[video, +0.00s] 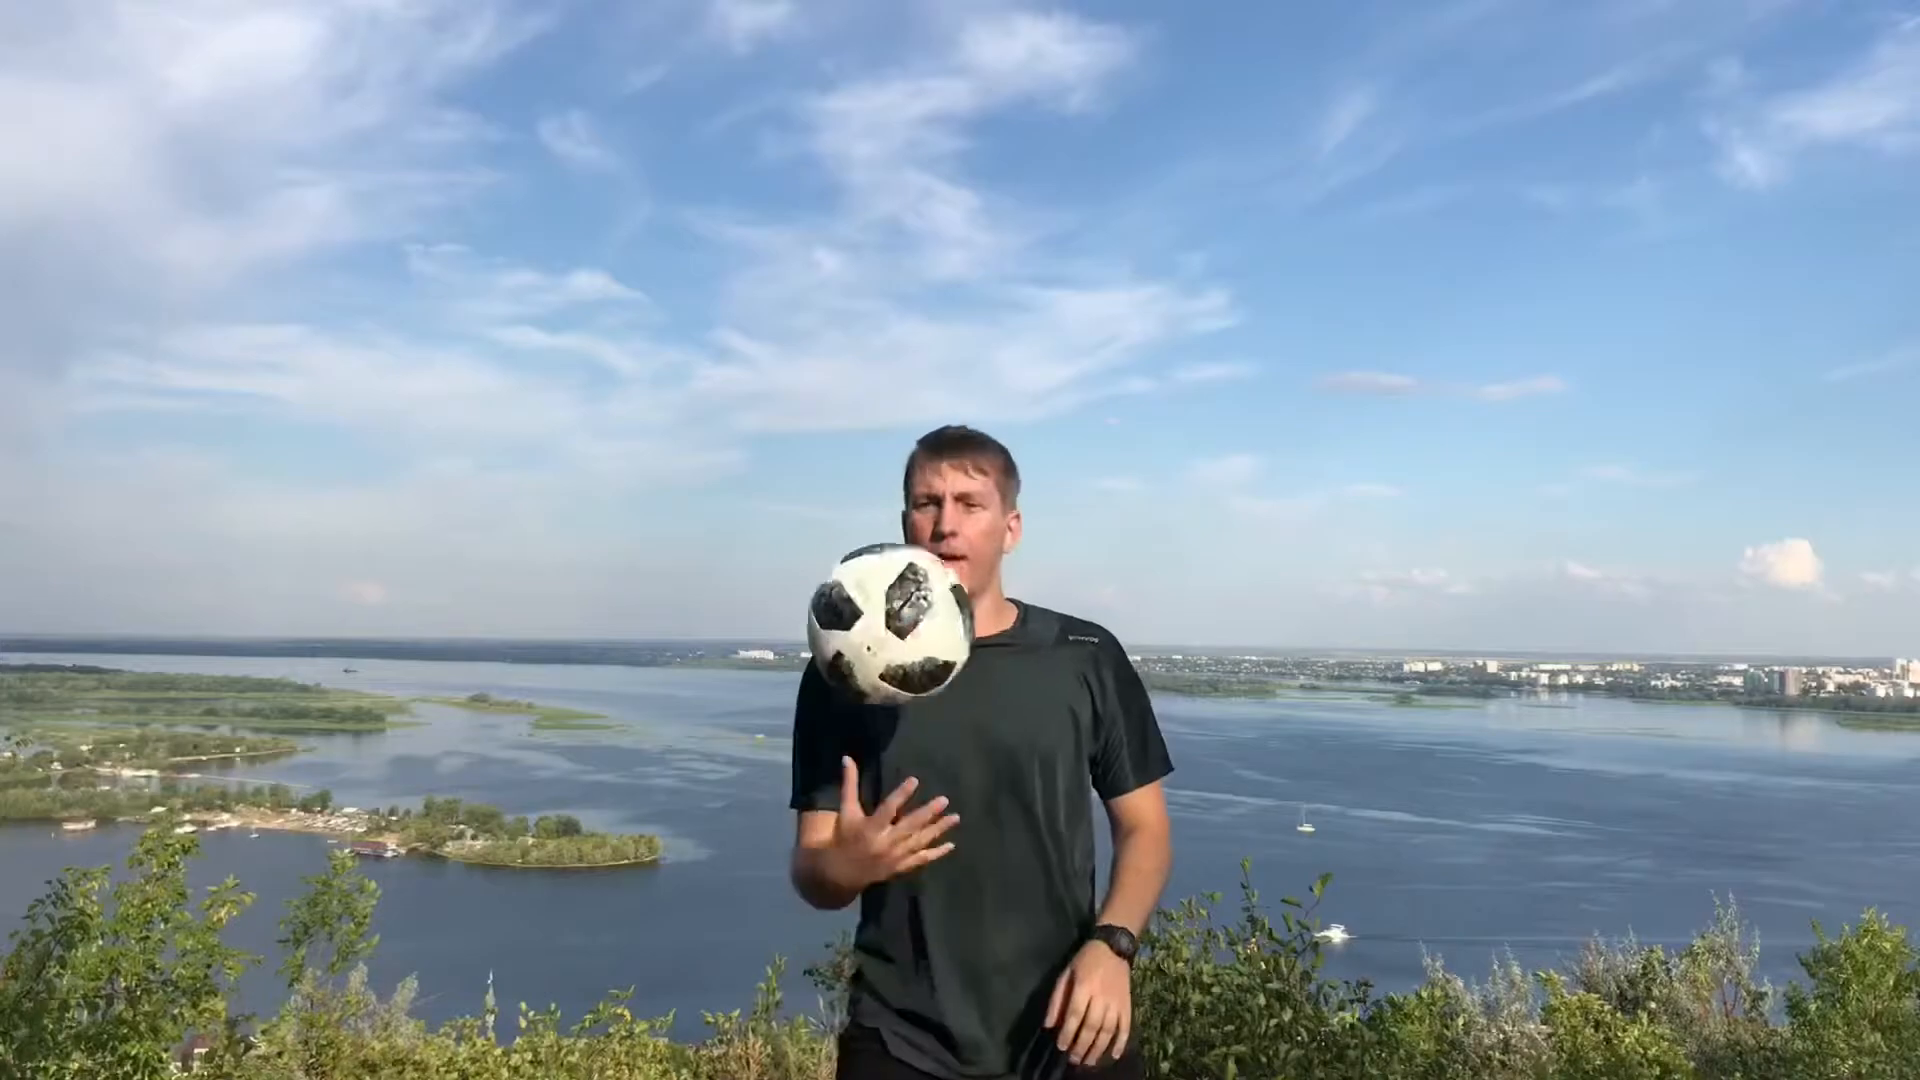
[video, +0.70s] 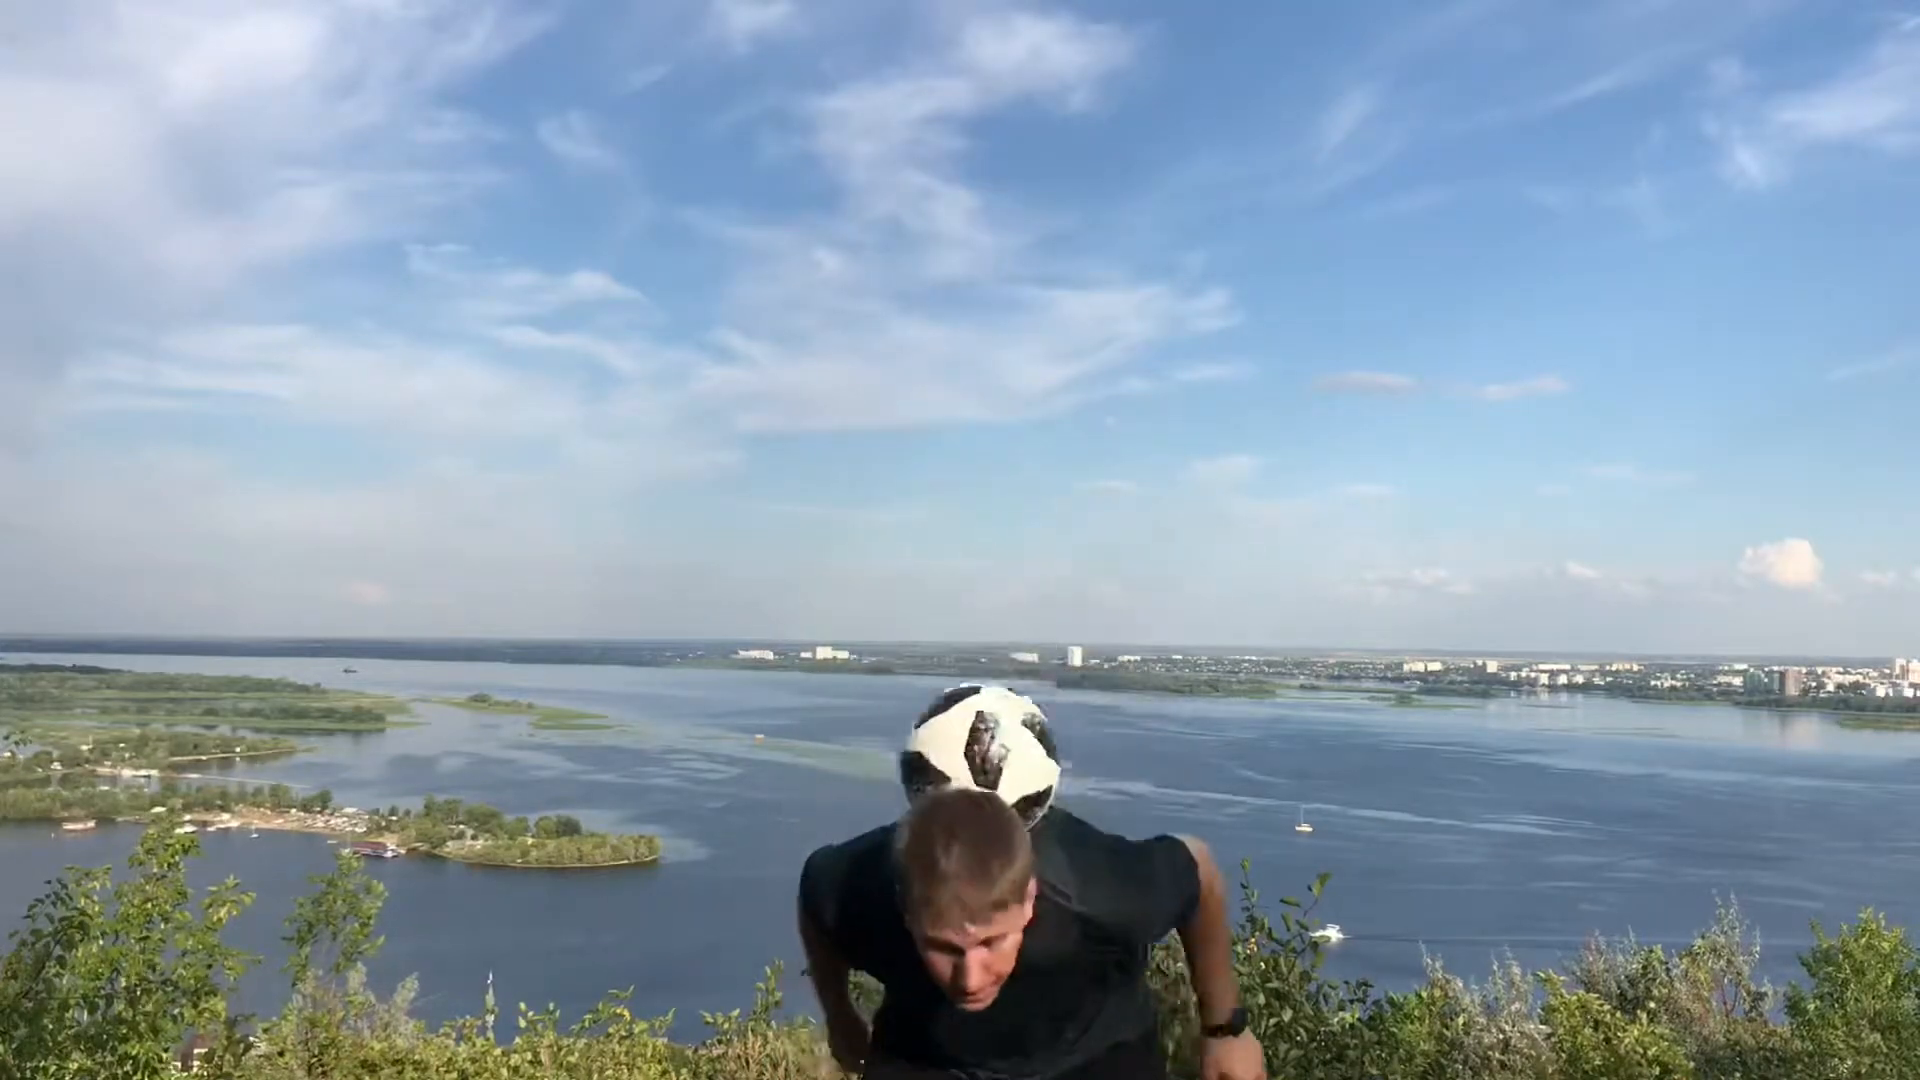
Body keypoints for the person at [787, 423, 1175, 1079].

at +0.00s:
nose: (944, 525)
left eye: (969, 504)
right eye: (926, 503)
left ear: (1010, 528)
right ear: (904, 521)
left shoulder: (1087, 659)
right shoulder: (847, 670)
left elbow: (1144, 827)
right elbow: (813, 873)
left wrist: (1112, 946)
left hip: (1061, 1029)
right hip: (906, 1032)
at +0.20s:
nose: (961, 482)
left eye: (987, 472)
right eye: (942, 474)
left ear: (1024, 523)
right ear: (919, 523)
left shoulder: (1097, 658)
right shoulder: (852, 671)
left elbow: (1149, 825)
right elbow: (819, 843)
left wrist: (1128, 953)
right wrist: (827, 956)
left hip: (1067, 1029)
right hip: (911, 1033)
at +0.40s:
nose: (949, 570)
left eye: (971, 544)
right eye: (927, 549)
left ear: (1016, 564)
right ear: (905, 571)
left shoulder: (1107, 669)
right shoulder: (852, 694)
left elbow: (1159, 809)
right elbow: (813, 842)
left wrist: (1162, 975)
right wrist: (798, 1023)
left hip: (1078, 1037)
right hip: (915, 1040)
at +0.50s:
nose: (948, 714)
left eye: (969, 680)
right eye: (923, 688)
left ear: (1012, 646)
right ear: (896, 669)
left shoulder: (1108, 705)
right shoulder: (849, 735)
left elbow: (1171, 804)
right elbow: (813, 837)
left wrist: (1185, 977)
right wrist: (803, 1011)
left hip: (1089, 1038)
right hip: (920, 1042)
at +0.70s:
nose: (971, 976)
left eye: (993, 944)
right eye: (945, 950)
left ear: (1028, 899)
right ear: (905, 909)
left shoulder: (1109, 896)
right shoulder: (851, 888)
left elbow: (1198, 866)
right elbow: (817, 894)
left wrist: (1226, 1027)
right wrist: (840, 1019)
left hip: (1090, 1047)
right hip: (924, 1046)